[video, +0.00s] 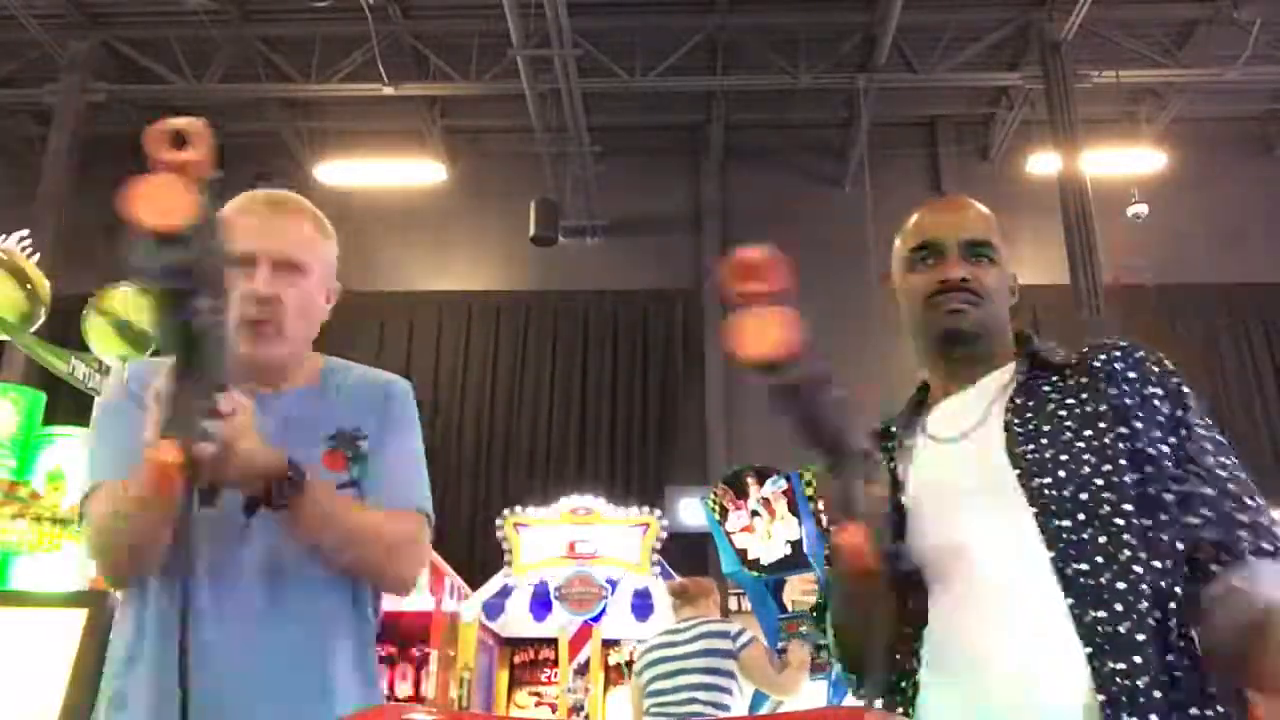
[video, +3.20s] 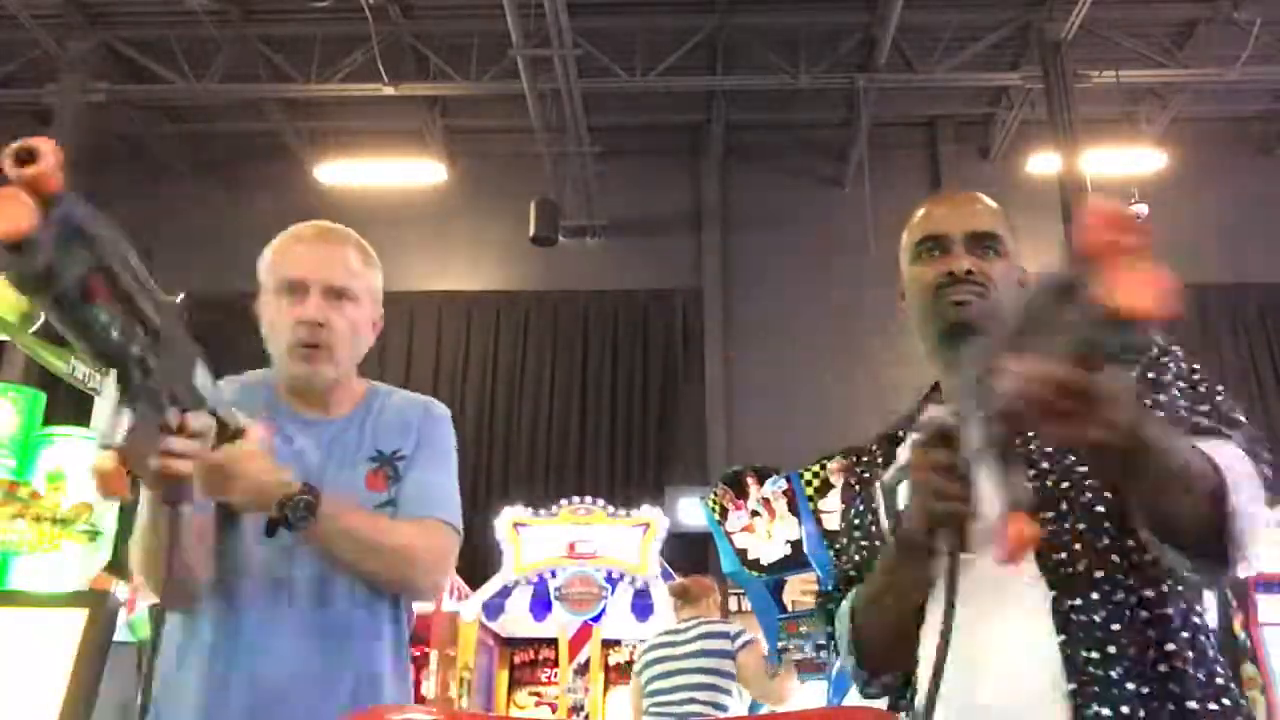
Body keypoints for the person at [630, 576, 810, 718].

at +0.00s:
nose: (721, 609)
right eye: (720, 603)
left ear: (674, 609)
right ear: (713, 601)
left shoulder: (646, 650)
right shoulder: (731, 632)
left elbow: (639, 714)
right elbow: (784, 688)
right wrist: (799, 661)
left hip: (660, 715)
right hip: (710, 713)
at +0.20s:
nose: (723, 609)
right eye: (721, 603)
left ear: (675, 609)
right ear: (714, 600)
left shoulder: (646, 650)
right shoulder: (731, 633)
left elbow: (639, 713)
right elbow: (778, 695)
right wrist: (794, 665)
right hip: (710, 712)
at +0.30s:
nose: (721, 611)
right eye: (720, 605)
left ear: (676, 610)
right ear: (714, 602)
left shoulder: (646, 648)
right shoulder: (729, 633)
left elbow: (638, 713)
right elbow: (758, 694)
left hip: (658, 716)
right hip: (707, 714)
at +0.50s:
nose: (721, 606)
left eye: (718, 599)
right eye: (718, 599)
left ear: (675, 607)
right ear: (711, 596)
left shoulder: (646, 647)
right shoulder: (728, 631)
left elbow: (638, 713)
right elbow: (759, 690)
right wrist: (786, 686)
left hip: (656, 715)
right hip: (709, 713)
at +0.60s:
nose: (719, 605)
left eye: (716, 598)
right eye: (716, 597)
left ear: (672, 606)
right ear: (709, 594)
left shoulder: (644, 647)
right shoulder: (728, 630)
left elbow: (638, 711)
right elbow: (778, 685)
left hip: (656, 715)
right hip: (710, 713)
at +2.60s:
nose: (716, 605)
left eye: (714, 599)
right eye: (714, 599)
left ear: (671, 607)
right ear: (709, 598)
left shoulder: (645, 647)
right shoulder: (729, 632)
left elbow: (635, 713)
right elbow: (787, 682)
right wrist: (799, 657)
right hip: (707, 713)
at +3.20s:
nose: (721, 609)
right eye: (720, 603)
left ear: (677, 609)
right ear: (713, 601)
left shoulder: (647, 647)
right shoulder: (730, 633)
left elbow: (638, 711)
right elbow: (774, 694)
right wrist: (790, 661)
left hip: (658, 714)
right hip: (710, 713)